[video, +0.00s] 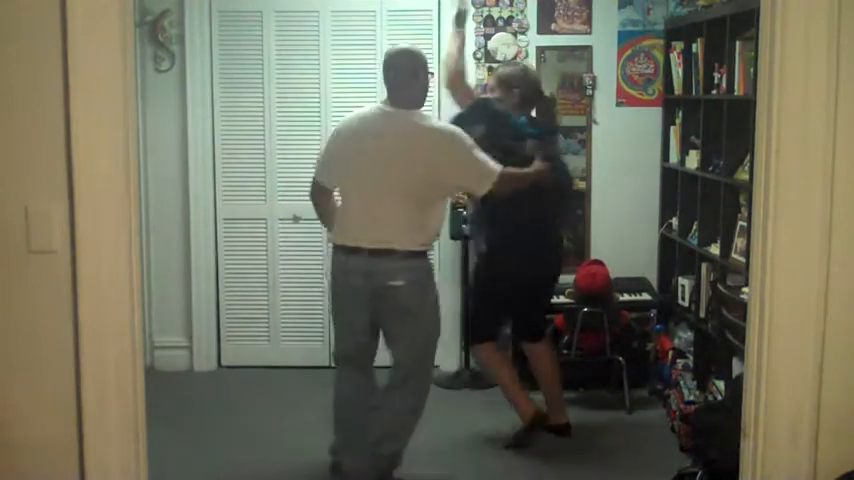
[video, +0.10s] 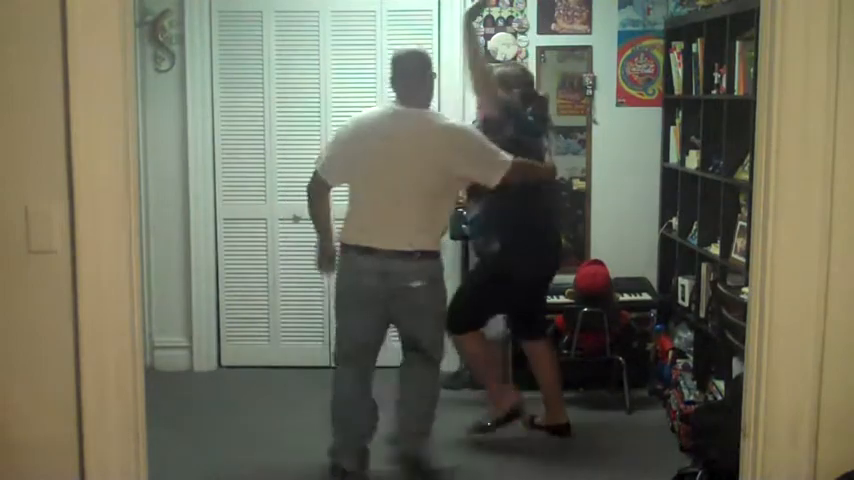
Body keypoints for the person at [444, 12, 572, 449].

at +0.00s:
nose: (486, 90)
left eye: (493, 86)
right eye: (490, 84)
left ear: (508, 94)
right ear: (530, 98)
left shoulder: (486, 119)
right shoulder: (544, 132)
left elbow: (454, 80)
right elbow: (560, 189)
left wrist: (457, 26)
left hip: (500, 247)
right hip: (546, 245)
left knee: (482, 336)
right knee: (533, 330)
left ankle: (527, 412)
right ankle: (558, 416)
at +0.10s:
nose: (489, 93)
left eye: (494, 86)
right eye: (492, 86)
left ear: (505, 90)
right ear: (527, 91)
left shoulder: (501, 120)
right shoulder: (536, 126)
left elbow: (480, 71)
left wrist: (469, 24)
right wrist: (477, 191)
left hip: (512, 245)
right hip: (543, 243)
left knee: (461, 321)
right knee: (532, 326)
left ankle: (501, 400)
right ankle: (555, 416)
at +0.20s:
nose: (474, 98)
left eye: (481, 91)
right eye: (473, 91)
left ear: (503, 95)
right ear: (479, 95)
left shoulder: (520, 127)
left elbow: (510, 78)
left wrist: (492, 35)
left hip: (515, 241)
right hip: (513, 240)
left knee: (460, 323)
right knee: (528, 328)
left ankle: (453, 419)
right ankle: (555, 415)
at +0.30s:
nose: (463, 99)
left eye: (469, 92)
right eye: (463, 93)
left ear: (492, 94)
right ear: (494, 96)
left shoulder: (488, 135)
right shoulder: (516, 133)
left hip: (493, 242)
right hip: (511, 241)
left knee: (455, 333)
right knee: (517, 329)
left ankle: (442, 421)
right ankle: (554, 412)